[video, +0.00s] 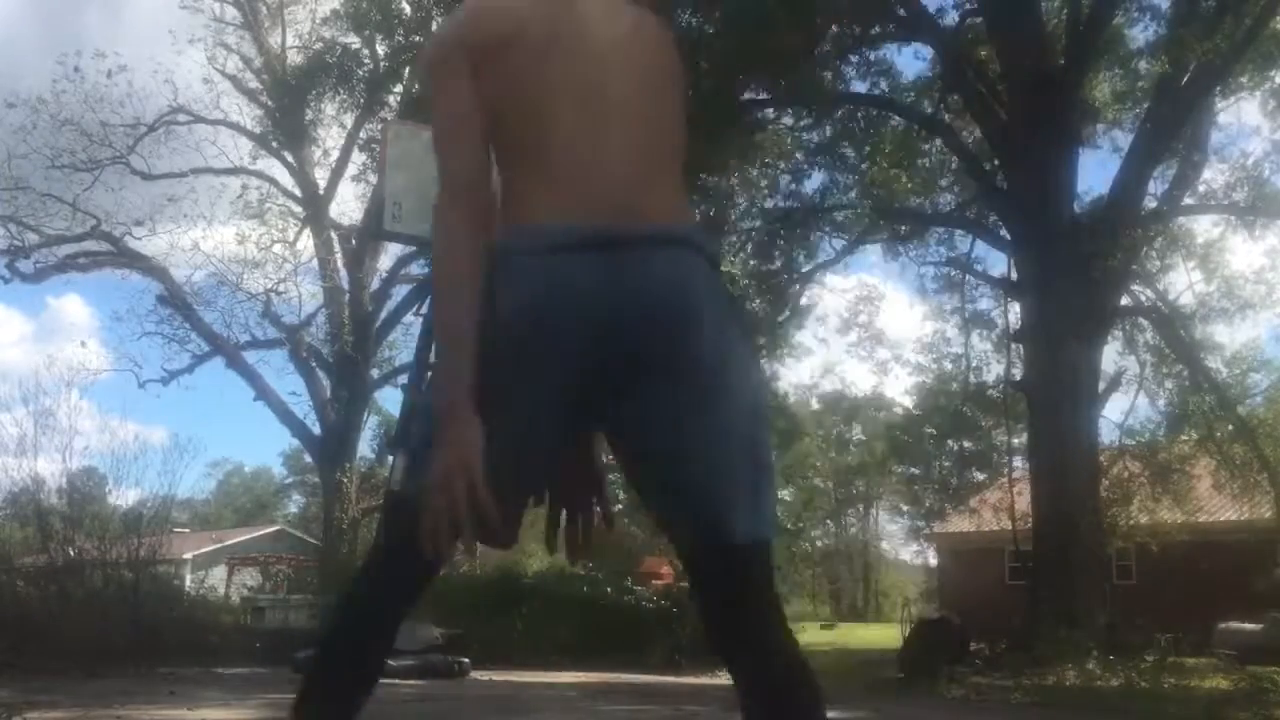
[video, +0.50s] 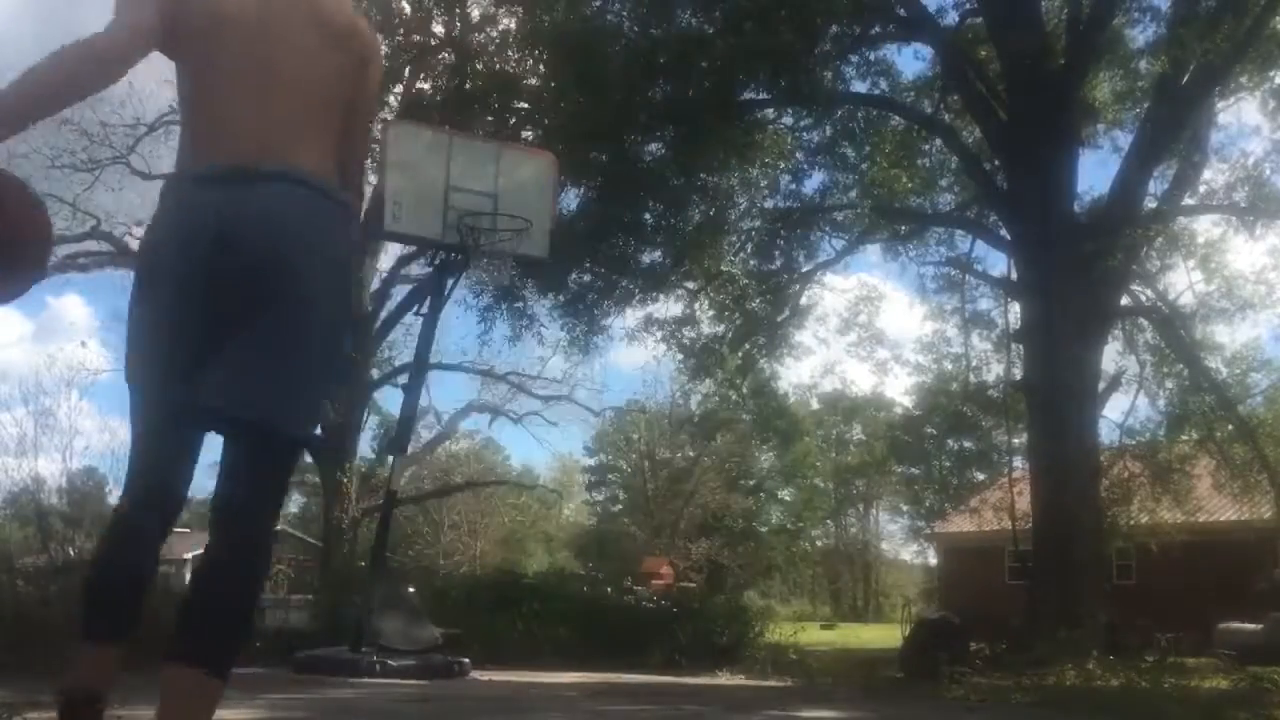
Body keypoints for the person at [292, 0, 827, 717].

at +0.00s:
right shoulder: (652, 30)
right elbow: (631, 213)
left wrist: (456, 405)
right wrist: (584, 420)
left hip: (531, 291)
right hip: (674, 291)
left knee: (393, 573)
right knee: (748, 608)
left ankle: (314, 708)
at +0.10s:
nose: (386, 23)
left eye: (386, 18)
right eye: (387, 21)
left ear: (401, 13)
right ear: (480, 14)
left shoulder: (381, 75)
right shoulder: (553, 73)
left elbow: (376, 243)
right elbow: (555, 241)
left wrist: (350, 427)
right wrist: (517, 457)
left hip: (453, 328)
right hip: (590, 326)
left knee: (320, 583)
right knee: (659, 602)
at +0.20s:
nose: (310, 19)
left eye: (313, 14)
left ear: (327, 8)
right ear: (410, 9)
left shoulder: (301, 50)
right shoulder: (470, 65)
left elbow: (286, 170)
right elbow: (490, 191)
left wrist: (225, 307)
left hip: (366, 285)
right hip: (488, 285)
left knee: (278, 547)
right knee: (545, 558)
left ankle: (243, 711)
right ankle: (620, 709)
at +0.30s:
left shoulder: (248, 8)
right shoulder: (429, 32)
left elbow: (231, 68)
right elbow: (439, 171)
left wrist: (146, 184)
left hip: (298, 240)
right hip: (419, 243)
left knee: (258, 530)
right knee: (427, 523)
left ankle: (236, 707)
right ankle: (429, 703)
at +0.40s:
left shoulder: (231, 3)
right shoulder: (395, 16)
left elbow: (168, 38)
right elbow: (397, 155)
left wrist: (68, 126)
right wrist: (387, 251)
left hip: (245, 209)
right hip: (361, 216)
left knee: (217, 488)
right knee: (321, 500)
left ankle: (187, 702)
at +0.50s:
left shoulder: (188, 5)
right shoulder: (359, 34)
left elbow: (103, 55)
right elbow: (351, 174)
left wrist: (0, 123)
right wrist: (341, 281)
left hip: (195, 220)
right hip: (311, 237)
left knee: (152, 489)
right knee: (244, 519)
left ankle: (82, 701)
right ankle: (184, 711)